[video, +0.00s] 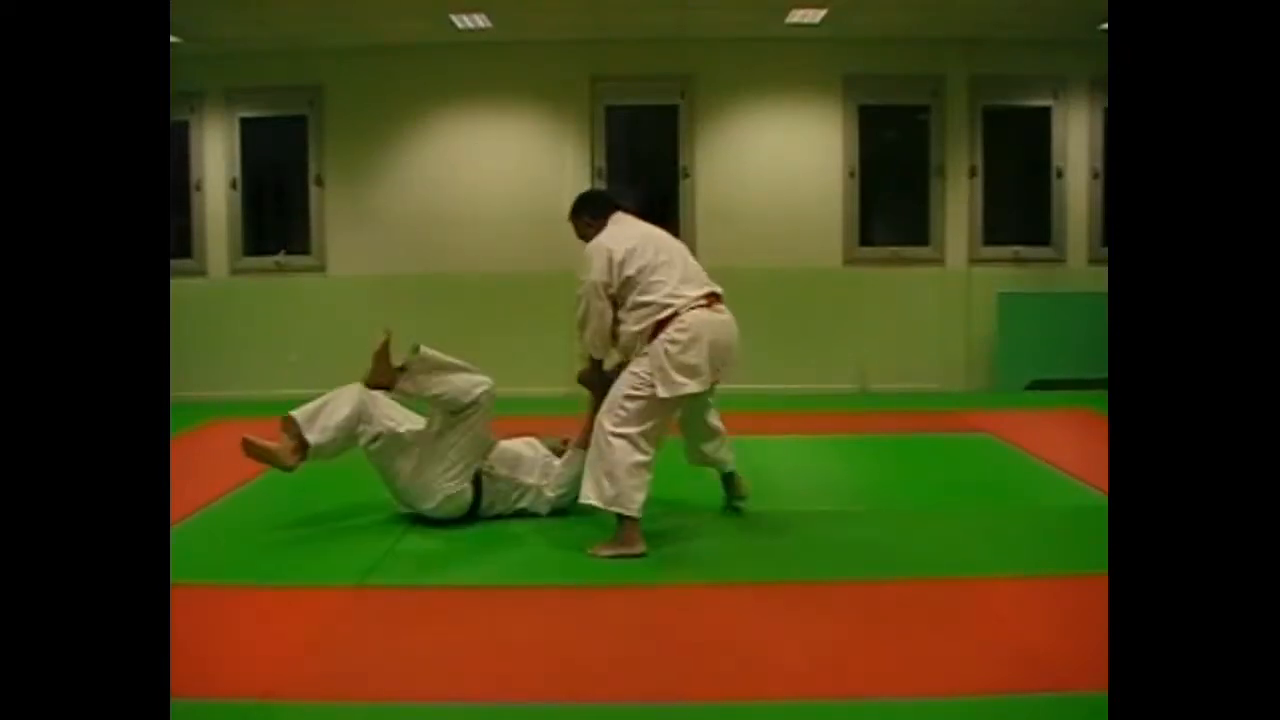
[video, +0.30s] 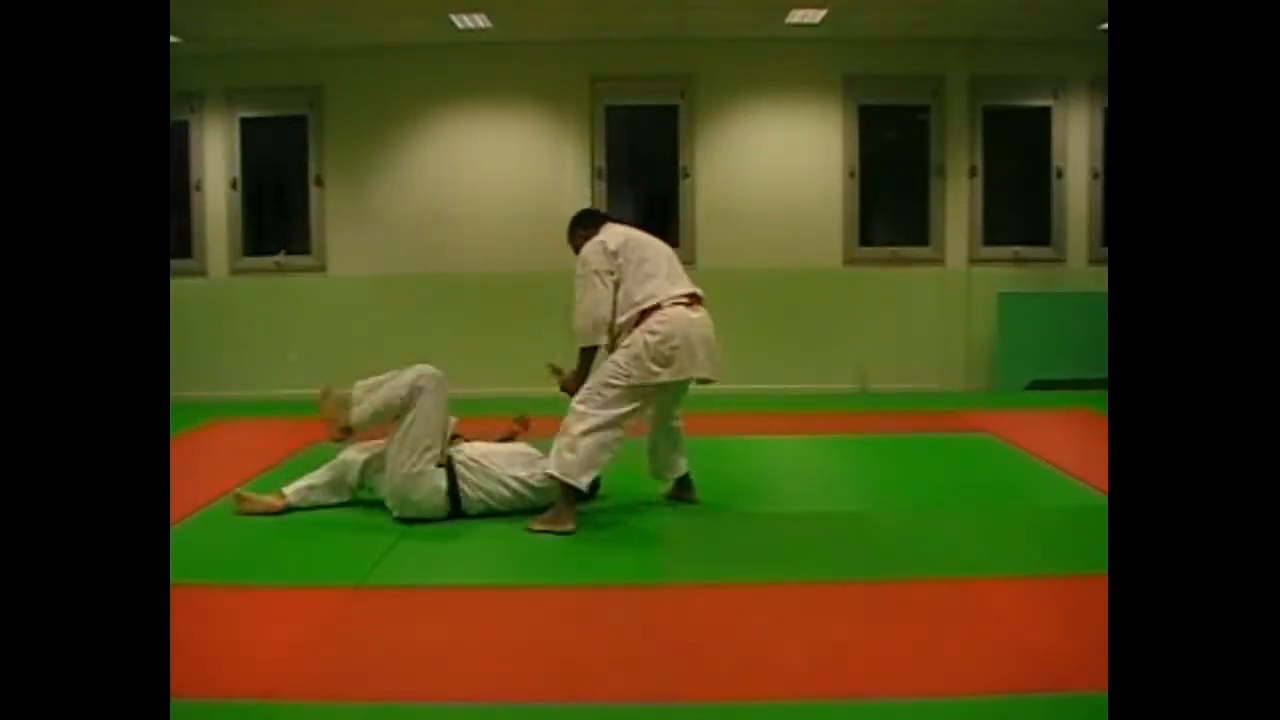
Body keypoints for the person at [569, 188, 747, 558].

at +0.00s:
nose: (580, 237)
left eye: (579, 229)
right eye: (577, 230)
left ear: (591, 220)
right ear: (612, 212)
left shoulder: (603, 247)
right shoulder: (647, 232)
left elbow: (598, 321)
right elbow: (648, 313)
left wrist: (593, 368)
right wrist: (618, 366)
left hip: (678, 334)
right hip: (721, 324)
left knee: (616, 424)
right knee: (698, 413)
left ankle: (628, 533)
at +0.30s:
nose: (577, 252)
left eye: (575, 246)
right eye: (574, 247)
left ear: (583, 233)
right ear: (604, 224)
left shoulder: (596, 247)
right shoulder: (641, 241)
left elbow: (592, 319)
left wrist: (579, 376)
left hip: (658, 330)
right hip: (698, 325)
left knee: (589, 406)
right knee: (665, 410)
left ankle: (564, 508)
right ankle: (682, 482)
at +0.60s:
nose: (551, 271)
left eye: (549, 265)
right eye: (548, 267)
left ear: (553, 250)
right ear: (574, 238)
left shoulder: (567, 259)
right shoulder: (624, 249)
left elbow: (561, 328)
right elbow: (673, 288)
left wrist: (542, 382)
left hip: (632, 335)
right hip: (675, 331)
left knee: (564, 411)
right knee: (649, 413)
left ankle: (559, 511)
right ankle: (674, 484)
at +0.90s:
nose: (529, 294)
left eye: (527, 287)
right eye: (526, 290)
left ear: (533, 274)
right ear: (552, 259)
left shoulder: (550, 276)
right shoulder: (589, 267)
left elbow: (554, 333)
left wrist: (532, 388)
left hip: (625, 339)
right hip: (667, 334)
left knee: (555, 415)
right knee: (642, 415)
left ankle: (559, 512)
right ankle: (674, 484)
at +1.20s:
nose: (526, 300)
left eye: (523, 293)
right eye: (522, 295)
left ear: (530, 280)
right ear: (550, 266)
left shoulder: (548, 281)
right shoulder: (585, 277)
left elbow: (553, 333)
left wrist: (529, 387)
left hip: (624, 345)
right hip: (664, 340)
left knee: (548, 417)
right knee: (637, 416)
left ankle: (558, 513)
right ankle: (674, 485)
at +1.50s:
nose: (526, 287)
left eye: (524, 280)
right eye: (522, 283)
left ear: (530, 268)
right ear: (553, 255)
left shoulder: (545, 273)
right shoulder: (587, 267)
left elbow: (548, 328)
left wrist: (528, 385)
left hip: (617, 338)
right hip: (660, 332)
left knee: (548, 415)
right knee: (639, 415)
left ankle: (558, 513)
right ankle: (675, 484)